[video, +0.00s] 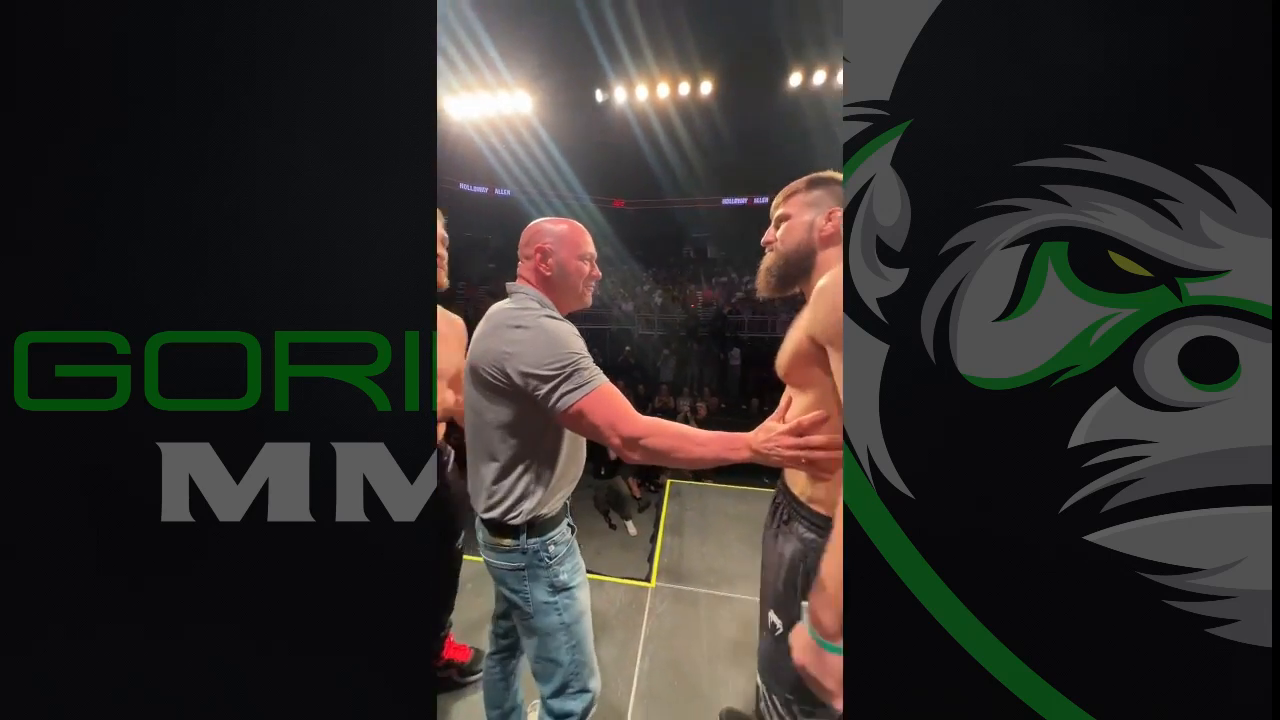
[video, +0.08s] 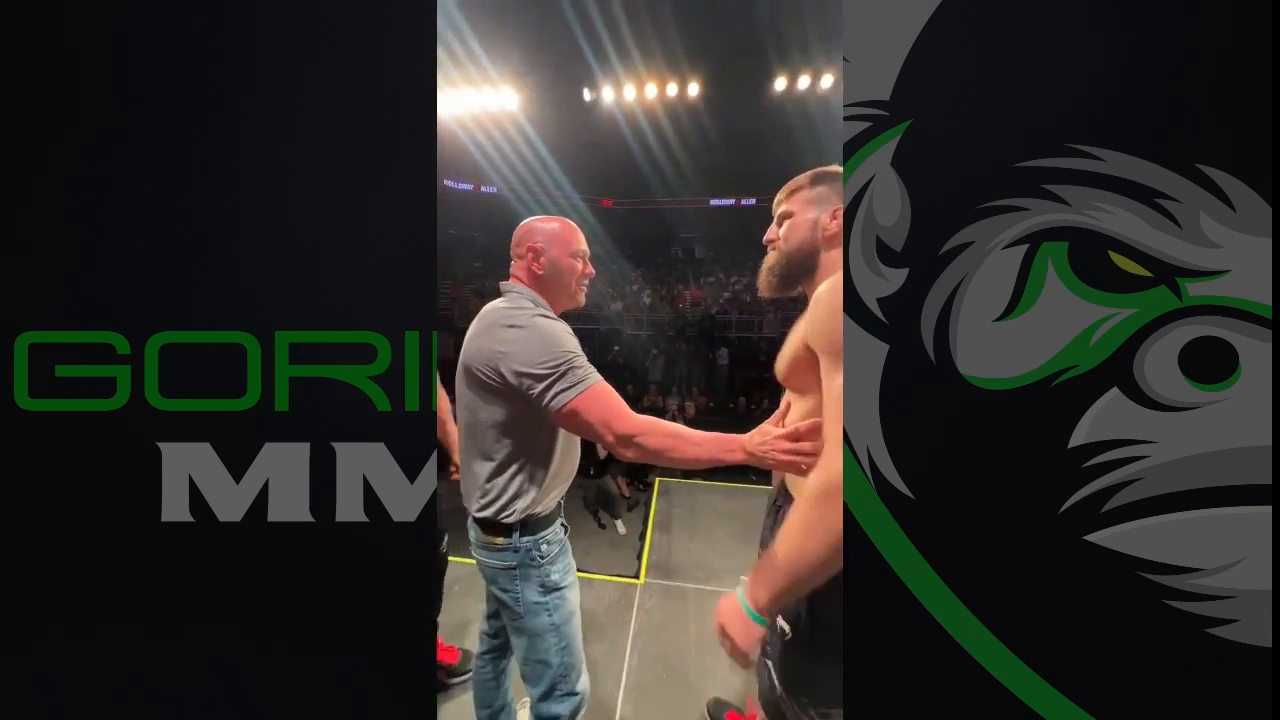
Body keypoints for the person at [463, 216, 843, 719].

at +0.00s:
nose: (596, 272)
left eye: (595, 261)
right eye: (585, 260)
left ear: (539, 262)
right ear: (542, 260)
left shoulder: (507, 318)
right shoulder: (539, 333)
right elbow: (631, 437)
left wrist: (625, 438)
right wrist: (752, 445)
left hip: (505, 529)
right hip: (534, 539)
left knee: (504, 649)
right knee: (572, 692)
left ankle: (503, 712)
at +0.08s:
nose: (590, 270)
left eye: (588, 259)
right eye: (578, 258)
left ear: (530, 262)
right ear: (532, 259)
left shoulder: (502, 318)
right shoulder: (530, 331)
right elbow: (626, 436)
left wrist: (610, 438)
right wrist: (746, 447)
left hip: (498, 527)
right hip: (525, 537)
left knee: (496, 646)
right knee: (560, 692)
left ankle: (492, 713)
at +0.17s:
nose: (583, 269)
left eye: (581, 258)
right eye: (572, 257)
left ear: (524, 260)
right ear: (525, 258)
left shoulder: (498, 318)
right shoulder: (523, 331)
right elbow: (620, 435)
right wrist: (741, 452)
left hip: (493, 528)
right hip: (517, 539)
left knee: (489, 645)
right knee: (551, 693)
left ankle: (480, 713)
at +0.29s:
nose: (569, 266)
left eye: (567, 254)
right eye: (557, 254)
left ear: (510, 257)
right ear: (510, 256)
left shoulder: (485, 316)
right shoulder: (510, 332)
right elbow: (609, 435)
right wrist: (736, 452)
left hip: (482, 529)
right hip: (507, 540)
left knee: (474, 640)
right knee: (540, 691)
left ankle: (457, 713)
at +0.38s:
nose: (563, 262)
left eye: (561, 250)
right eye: (550, 250)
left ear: (500, 254)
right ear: (502, 253)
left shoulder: (468, 315)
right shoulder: (504, 331)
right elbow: (603, 434)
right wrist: (725, 449)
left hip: (474, 528)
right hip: (504, 541)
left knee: (467, 632)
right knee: (534, 692)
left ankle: (446, 708)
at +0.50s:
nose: (558, 255)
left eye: (555, 241)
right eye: (544, 242)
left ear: (494, 249)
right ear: (495, 246)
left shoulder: (458, 309)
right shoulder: (497, 327)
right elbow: (601, 434)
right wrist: (718, 444)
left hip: (468, 529)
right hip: (502, 544)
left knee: (467, 622)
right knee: (523, 692)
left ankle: (433, 696)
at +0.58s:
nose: (555, 252)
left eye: (553, 240)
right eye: (542, 238)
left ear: (491, 241)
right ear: (494, 238)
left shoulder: (453, 303)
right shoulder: (494, 323)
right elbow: (601, 430)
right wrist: (716, 436)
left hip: (461, 533)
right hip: (496, 547)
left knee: (472, 620)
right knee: (513, 692)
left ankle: (435, 690)